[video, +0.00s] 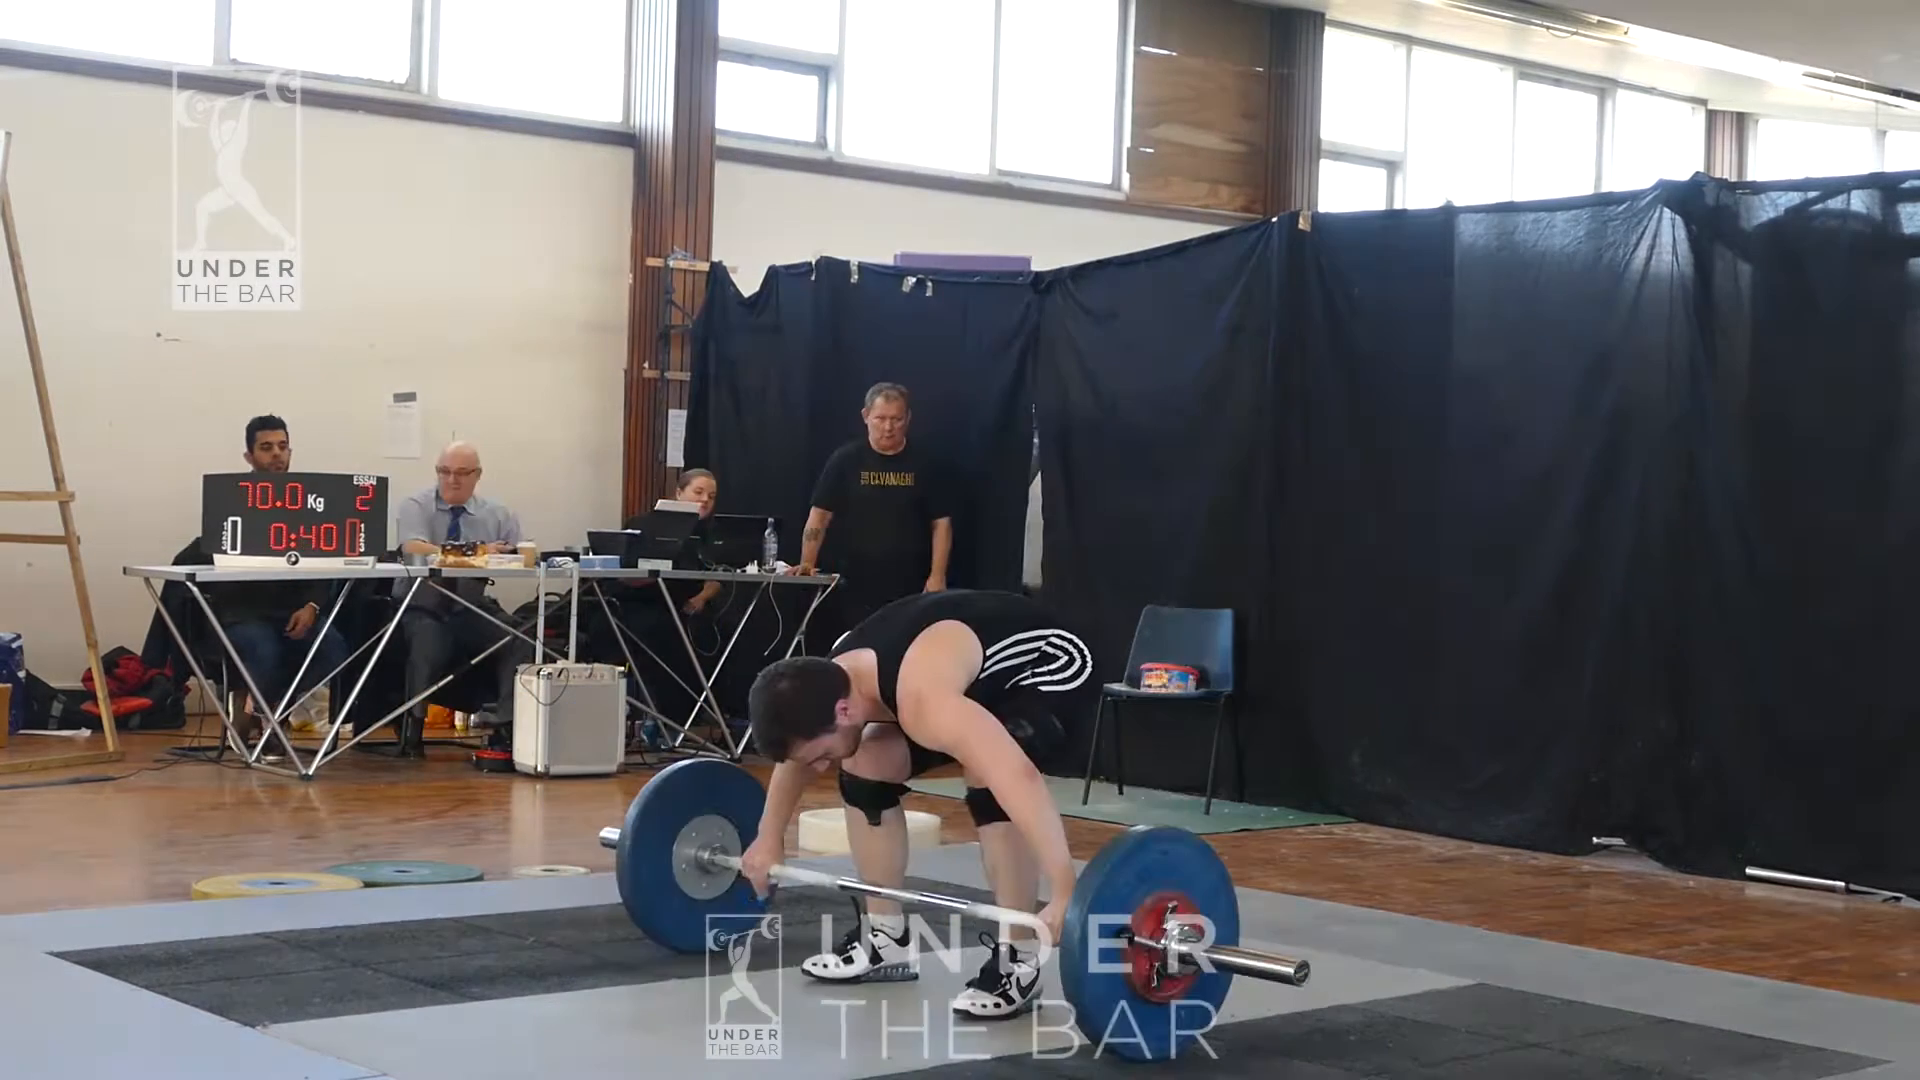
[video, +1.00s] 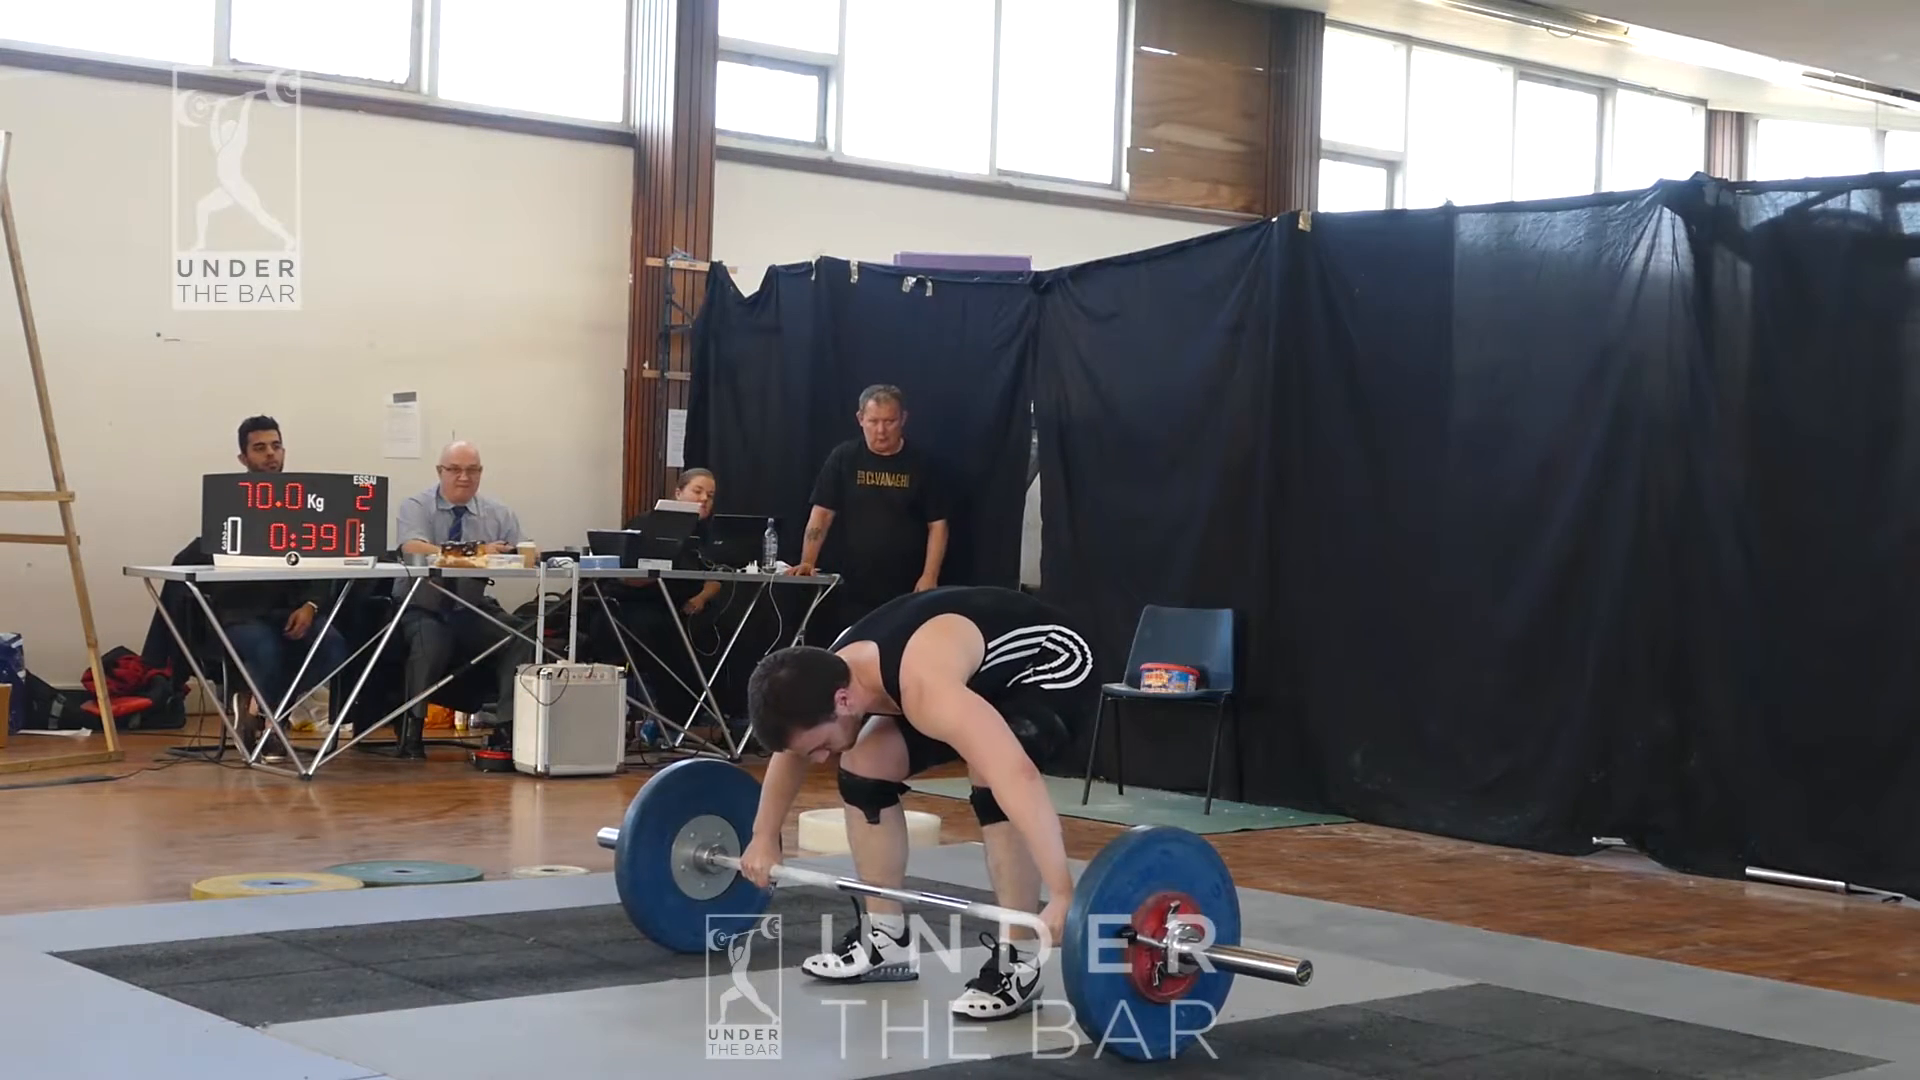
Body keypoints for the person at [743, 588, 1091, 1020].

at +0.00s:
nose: (821, 770)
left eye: (822, 756)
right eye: (805, 764)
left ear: (844, 712)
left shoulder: (930, 702)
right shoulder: (831, 679)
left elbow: (1021, 778)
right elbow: (797, 758)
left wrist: (1063, 890)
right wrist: (768, 837)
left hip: (1057, 663)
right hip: (975, 672)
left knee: (990, 785)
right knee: (866, 772)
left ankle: (1019, 961)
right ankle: (886, 942)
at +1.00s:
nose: (820, 757)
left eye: (821, 745)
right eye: (804, 754)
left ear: (844, 701)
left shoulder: (931, 690)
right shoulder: (834, 671)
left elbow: (1018, 775)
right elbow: (791, 752)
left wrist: (1061, 892)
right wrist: (764, 834)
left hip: (1057, 665)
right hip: (978, 675)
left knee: (993, 783)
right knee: (864, 769)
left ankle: (1018, 962)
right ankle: (885, 943)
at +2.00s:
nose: (814, 754)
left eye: (817, 740)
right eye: (801, 747)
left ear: (843, 697)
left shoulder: (931, 690)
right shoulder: (831, 671)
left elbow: (1016, 774)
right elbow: (793, 753)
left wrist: (1061, 890)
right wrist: (763, 835)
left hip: (1056, 666)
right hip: (976, 677)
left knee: (991, 782)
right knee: (863, 768)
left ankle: (1019, 961)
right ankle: (886, 941)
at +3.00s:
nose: (804, 658)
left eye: (812, 639)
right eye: (794, 644)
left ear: (857, 610)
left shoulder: (940, 670)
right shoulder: (832, 674)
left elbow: (1017, 772)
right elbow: (793, 752)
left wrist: (1048, 885)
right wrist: (760, 833)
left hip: (1050, 768)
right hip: (949, 770)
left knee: (973, 795)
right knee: (827, 784)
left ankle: (1016, 961)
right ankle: (885, 938)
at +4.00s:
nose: (916, 274)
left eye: (940, 268)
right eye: (920, 269)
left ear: (981, 306)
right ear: (918, 304)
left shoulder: (995, 398)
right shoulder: (879, 403)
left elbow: (1052, 496)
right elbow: (825, 489)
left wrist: (1064, 600)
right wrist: (765, 574)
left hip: (971, 629)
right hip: (886, 623)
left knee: (939, 783)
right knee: (822, 774)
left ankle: (1004, 945)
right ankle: (873, 920)